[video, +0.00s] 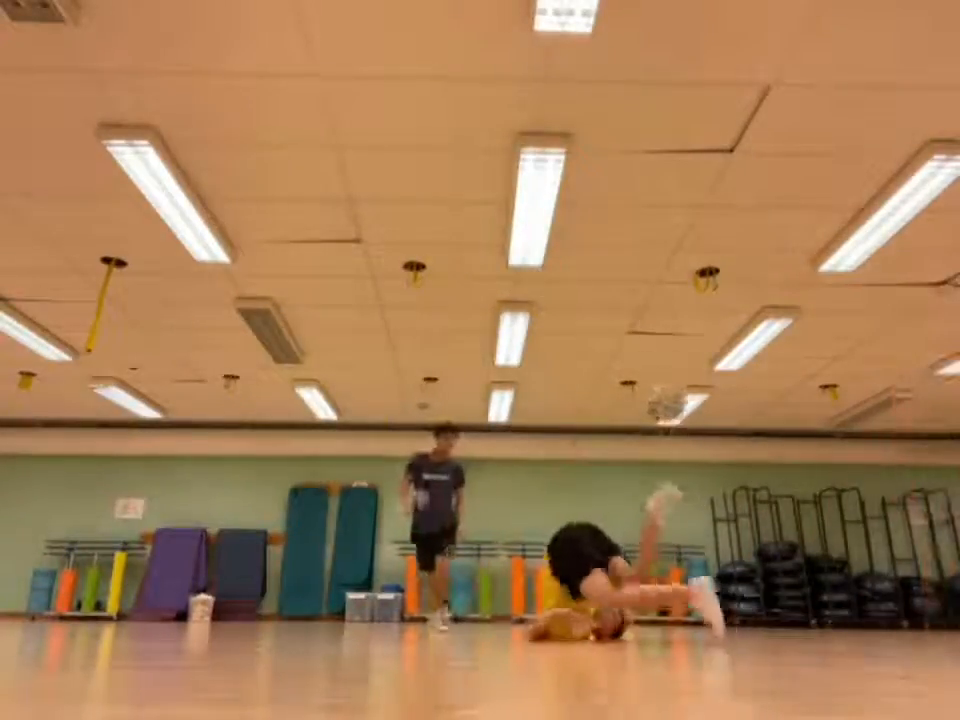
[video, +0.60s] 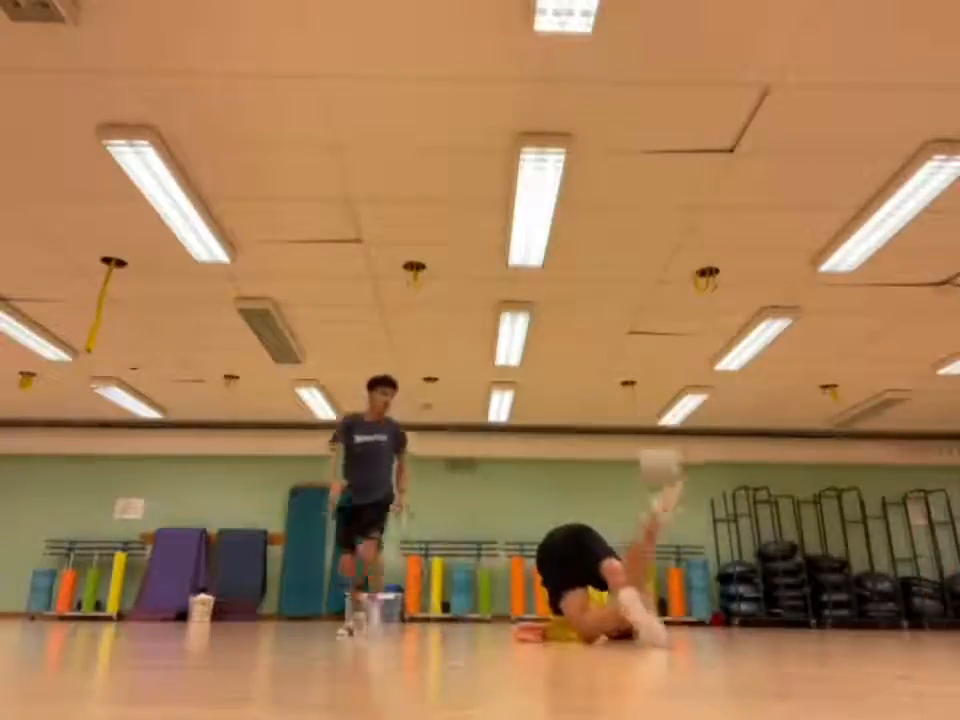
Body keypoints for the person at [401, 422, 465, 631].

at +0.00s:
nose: (450, 446)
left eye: (452, 441)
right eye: (446, 441)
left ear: (454, 443)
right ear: (437, 440)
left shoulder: (454, 468)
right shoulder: (419, 462)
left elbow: (460, 496)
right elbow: (405, 484)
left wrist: (458, 520)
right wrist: (407, 502)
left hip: (445, 522)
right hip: (423, 522)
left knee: (443, 565)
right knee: (428, 571)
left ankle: (444, 607)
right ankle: (434, 611)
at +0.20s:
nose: (439, 437)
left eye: (443, 432)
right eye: (435, 431)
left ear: (445, 435)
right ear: (425, 432)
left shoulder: (444, 465)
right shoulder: (405, 457)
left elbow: (449, 496)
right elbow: (388, 482)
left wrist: (447, 524)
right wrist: (387, 514)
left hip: (432, 523)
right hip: (406, 522)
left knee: (437, 568)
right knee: (406, 566)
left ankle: (434, 613)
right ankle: (412, 598)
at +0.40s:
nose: (409, 413)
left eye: (413, 409)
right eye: (405, 408)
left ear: (416, 412)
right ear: (395, 409)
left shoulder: (419, 441)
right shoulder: (375, 436)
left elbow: (427, 472)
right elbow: (350, 462)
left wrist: (426, 504)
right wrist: (334, 492)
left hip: (408, 507)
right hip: (379, 506)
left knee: (415, 558)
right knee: (368, 554)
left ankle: (427, 599)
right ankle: (358, 613)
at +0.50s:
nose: (393, 410)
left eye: (397, 406)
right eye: (389, 405)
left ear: (401, 409)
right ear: (379, 406)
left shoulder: (404, 440)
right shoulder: (359, 437)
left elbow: (413, 472)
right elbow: (335, 460)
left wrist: (412, 503)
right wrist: (329, 486)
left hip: (394, 507)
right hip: (364, 506)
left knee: (393, 559)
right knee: (355, 557)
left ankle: (406, 601)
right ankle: (357, 613)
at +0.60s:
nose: (385, 401)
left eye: (390, 396)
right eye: (381, 394)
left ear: (393, 399)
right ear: (370, 394)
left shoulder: (395, 431)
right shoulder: (349, 424)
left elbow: (401, 465)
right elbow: (334, 452)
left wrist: (401, 494)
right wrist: (334, 480)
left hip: (379, 497)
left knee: (369, 550)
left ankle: (375, 605)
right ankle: (353, 610)